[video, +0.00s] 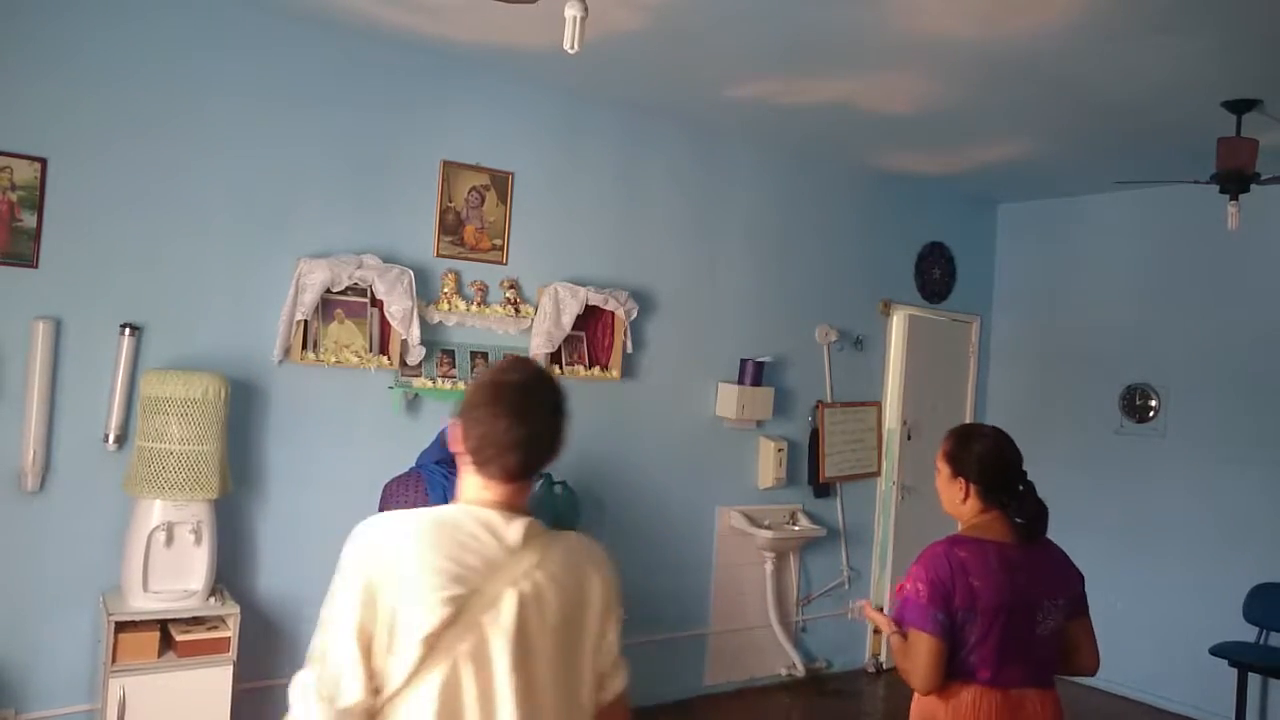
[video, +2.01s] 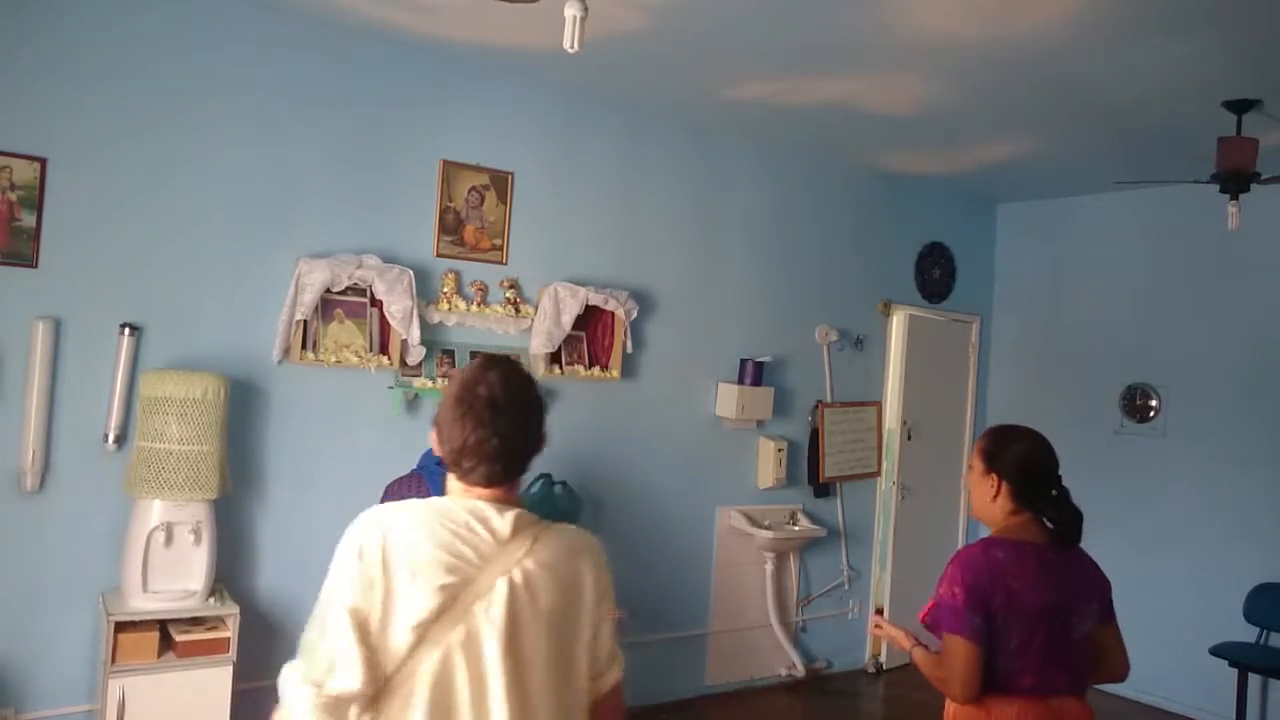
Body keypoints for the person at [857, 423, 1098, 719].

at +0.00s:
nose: (936, 482)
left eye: (939, 473)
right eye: (937, 472)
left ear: (962, 488)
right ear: (1008, 481)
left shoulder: (941, 561)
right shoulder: (1054, 559)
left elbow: (923, 678)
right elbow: (1085, 660)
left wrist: (891, 633)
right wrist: (1016, 649)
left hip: (958, 706)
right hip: (1037, 705)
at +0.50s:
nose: (960, 475)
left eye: (967, 467)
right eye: (963, 466)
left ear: (994, 486)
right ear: (1031, 483)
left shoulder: (979, 559)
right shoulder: (1065, 552)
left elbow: (961, 668)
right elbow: (1087, 641)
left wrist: (912, 622)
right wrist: (1021, 634)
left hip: (988, 701)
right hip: (1053, 693)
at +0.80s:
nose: (966, 463)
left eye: (976, 457)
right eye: (972, 454)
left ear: (1003, 477)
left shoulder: (987, 548)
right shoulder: (1057, 545)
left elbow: (973, 657)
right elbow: (1075, 636)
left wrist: (915, 620)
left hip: (988, 692)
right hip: (1048, 684)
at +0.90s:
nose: (966, 464)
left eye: (976, 457)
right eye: (971, 455)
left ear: (1003, 476)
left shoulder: (990, 547)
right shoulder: (1054, 542)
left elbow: (975, 655)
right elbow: (1071, 636)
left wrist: (912, 618)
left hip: (987, 693)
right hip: (1045, 684)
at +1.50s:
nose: (963, 468)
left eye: (972, 459)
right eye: (968, 458)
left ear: (999, 475)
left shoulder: (983, 554)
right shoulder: (1059, 551)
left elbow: (972, 668)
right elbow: (1079, 652)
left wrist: (912, 630)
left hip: (982, 701)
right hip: (1048, 696)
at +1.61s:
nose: (962, 472)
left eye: (971, 462)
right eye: (967, 462)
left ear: (997, 478)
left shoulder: (981, 557)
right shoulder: (1062, 556)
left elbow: (968, 673)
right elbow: (1086, 657)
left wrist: (910, 636)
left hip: (982, 703)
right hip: (1050, 700)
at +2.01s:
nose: (966, 482)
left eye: (971, 471)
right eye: (969, 470)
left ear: (995, 484)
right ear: (1041, 482)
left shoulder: (973, 564)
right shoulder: (1081, 565)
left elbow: (962, 686)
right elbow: (1114, 666)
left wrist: (910, 646)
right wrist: (1041, 666)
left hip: (989, 709)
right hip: (1069, 709)